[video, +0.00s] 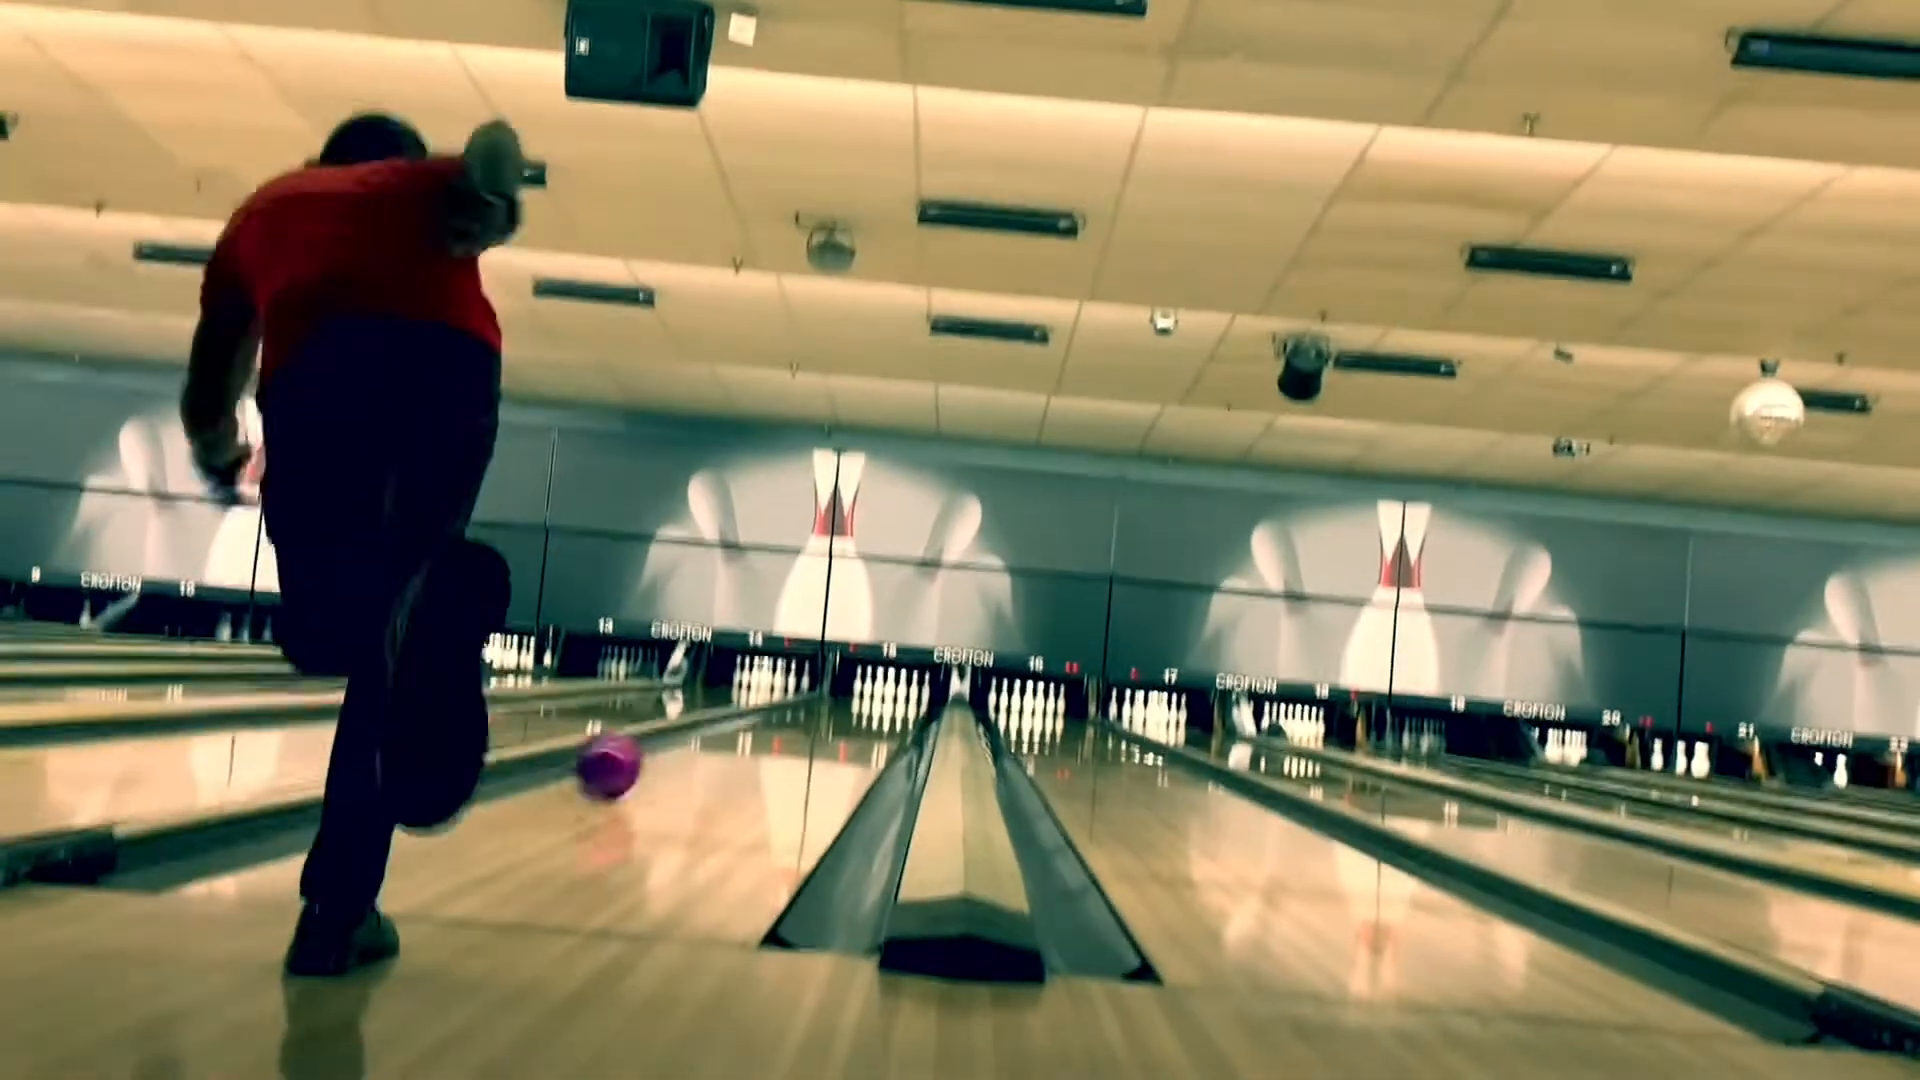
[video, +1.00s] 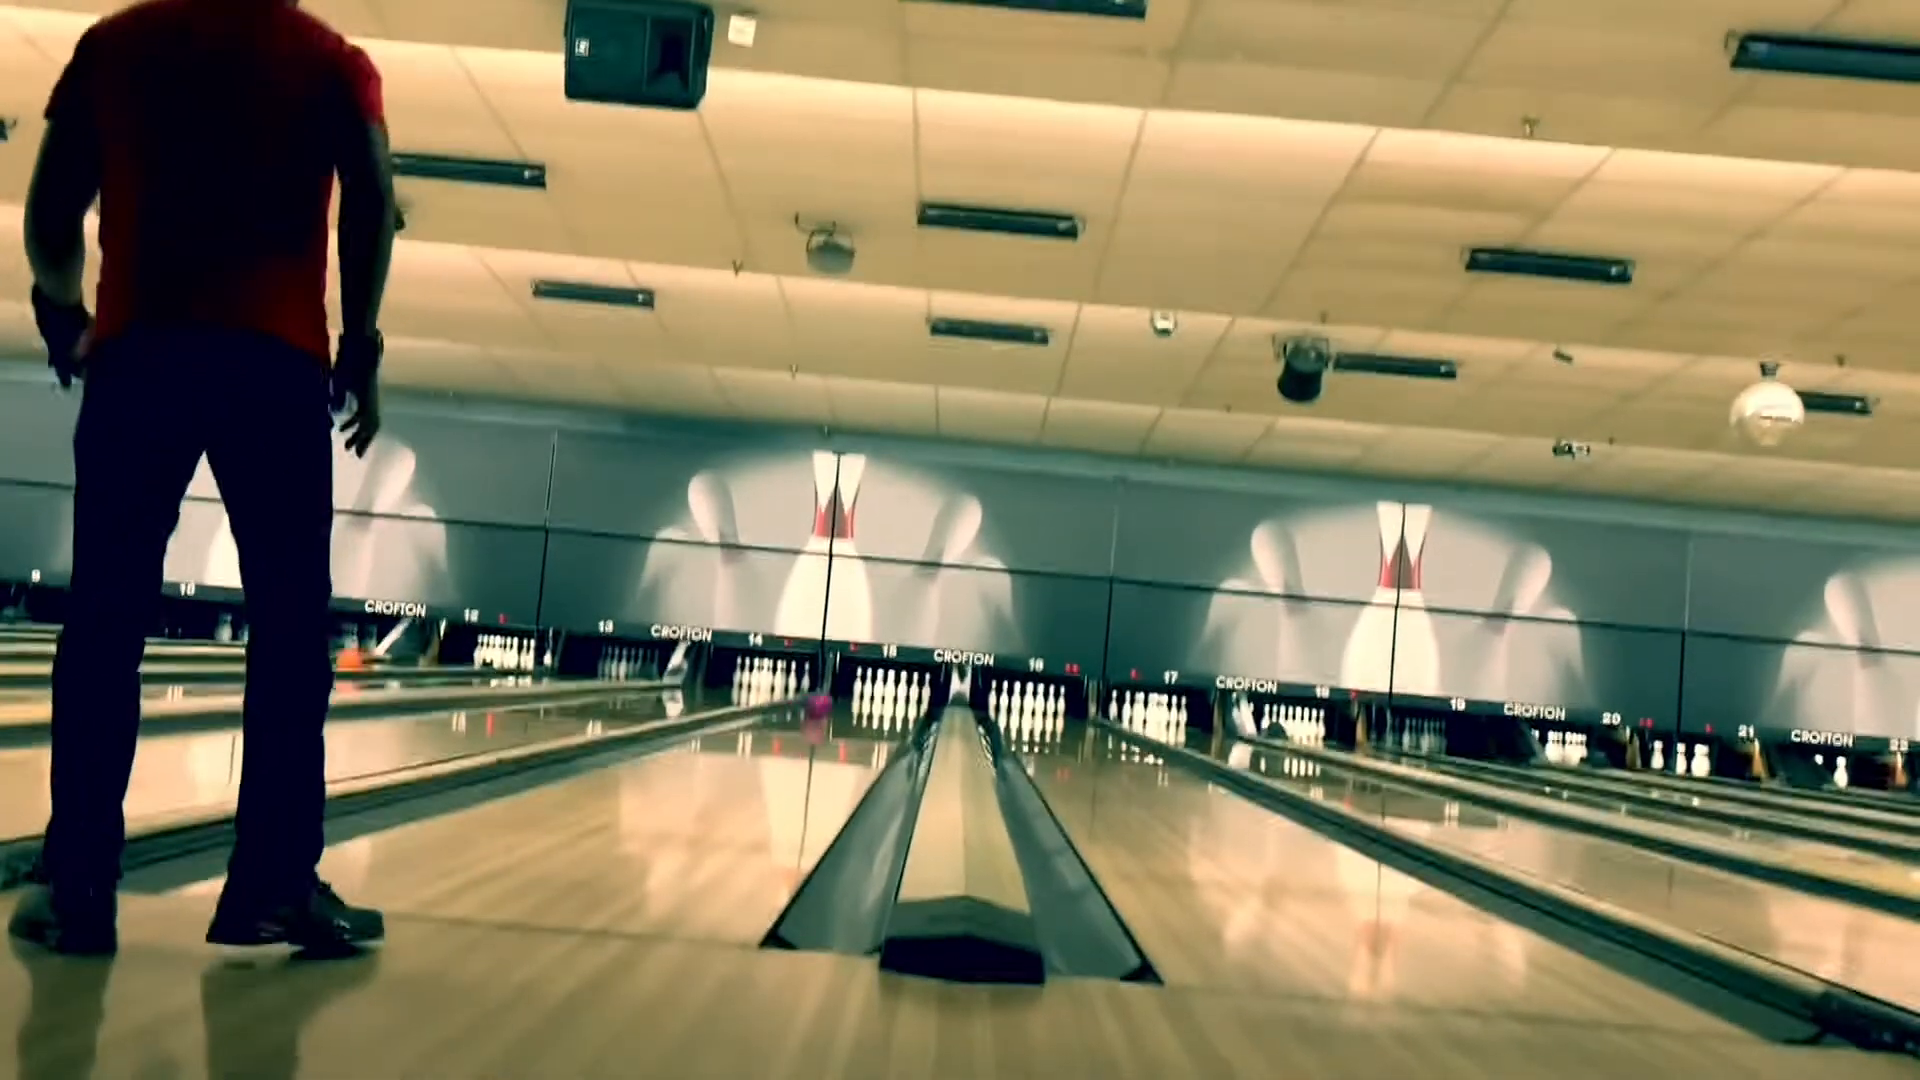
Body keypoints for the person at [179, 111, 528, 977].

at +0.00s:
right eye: (410, 157)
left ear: (327, 160)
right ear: (412, 157)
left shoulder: (266, 209)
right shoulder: (436, 181)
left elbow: (209, 386)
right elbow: (490, 151)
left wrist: (222, 452)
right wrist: (493, 196)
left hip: (321, 374)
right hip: (448, 366)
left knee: (314, 632)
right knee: (392, 647)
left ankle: (428, 609)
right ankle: (334, 916)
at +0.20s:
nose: (411, 133)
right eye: (410, 121)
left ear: (309, 111)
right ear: (403, 120)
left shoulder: (250, 166)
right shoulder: (436, 160)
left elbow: (197, 334)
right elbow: (532, 180)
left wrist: (139, 470)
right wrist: (544, 310)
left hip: (315, 381)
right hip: (441, 377)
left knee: (287, 617)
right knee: (392, 646)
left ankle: (340, 678)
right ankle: (334, 921)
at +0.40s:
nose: (268, 58)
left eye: (274, 46)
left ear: (280, 53)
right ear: (374, 67)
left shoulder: (240, 100)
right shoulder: (423, 134)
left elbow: (170, 245)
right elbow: (525, 189)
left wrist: (89, 378)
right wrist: (524, 345)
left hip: (286, 368)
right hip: (419, 377)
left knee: (206, 614)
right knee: (381, 640)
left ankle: (207, 883)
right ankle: (337, 918)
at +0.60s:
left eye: (224, 18)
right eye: (343, 24)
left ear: (228, 12)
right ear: (334, 20)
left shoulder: (177, 82)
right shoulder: (378, 98)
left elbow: (106, 240)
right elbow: (466, 202)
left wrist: (45, 390)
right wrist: (453, 351)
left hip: (211, 381)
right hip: (351, 388)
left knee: (139, 623)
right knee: (345, 649)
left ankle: (80, 897)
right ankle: (332, 917)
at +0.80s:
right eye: (308, 3)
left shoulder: (124, 59)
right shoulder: (342, 75)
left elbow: (64, 217)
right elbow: (397, 200)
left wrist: (45, 339)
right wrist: (382, 339)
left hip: (156, 372)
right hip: (292, 375)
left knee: (110, 627)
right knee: (309, 635)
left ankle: (77, 900)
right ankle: (301, 894)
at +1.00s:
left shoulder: (112, 42)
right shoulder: (333, 58)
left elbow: (51, 207)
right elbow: (373, 207)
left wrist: (59, 305)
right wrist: (362, 332)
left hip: (139, 359)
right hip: (273, 364)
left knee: (103, 620)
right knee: (290, 629)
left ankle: (79, 895)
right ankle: (272, 888)